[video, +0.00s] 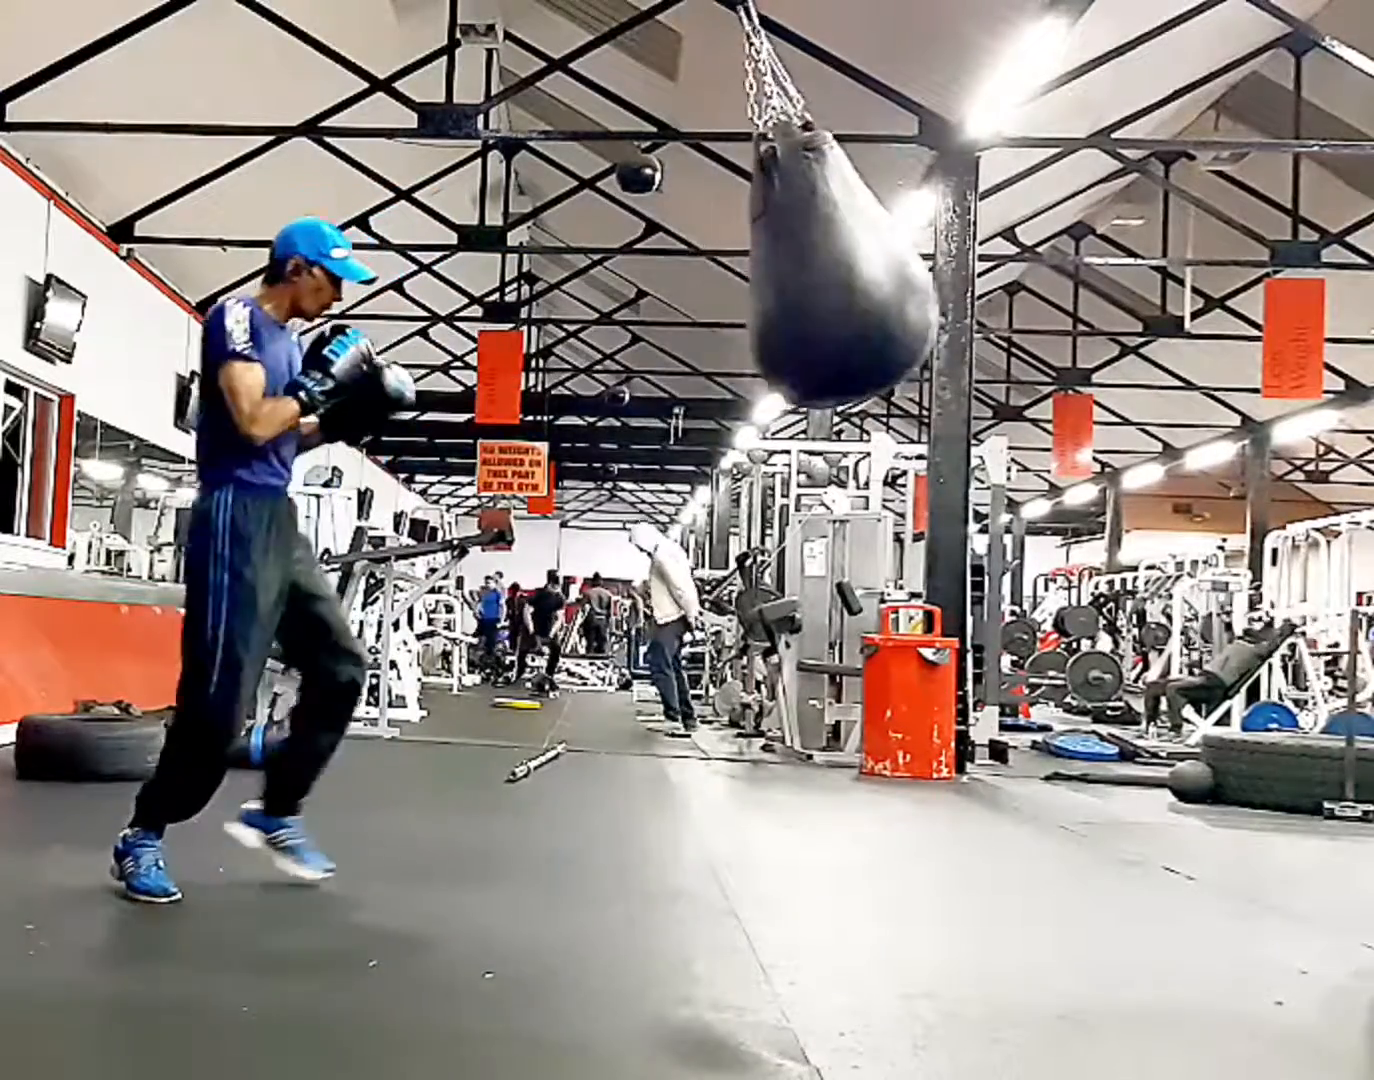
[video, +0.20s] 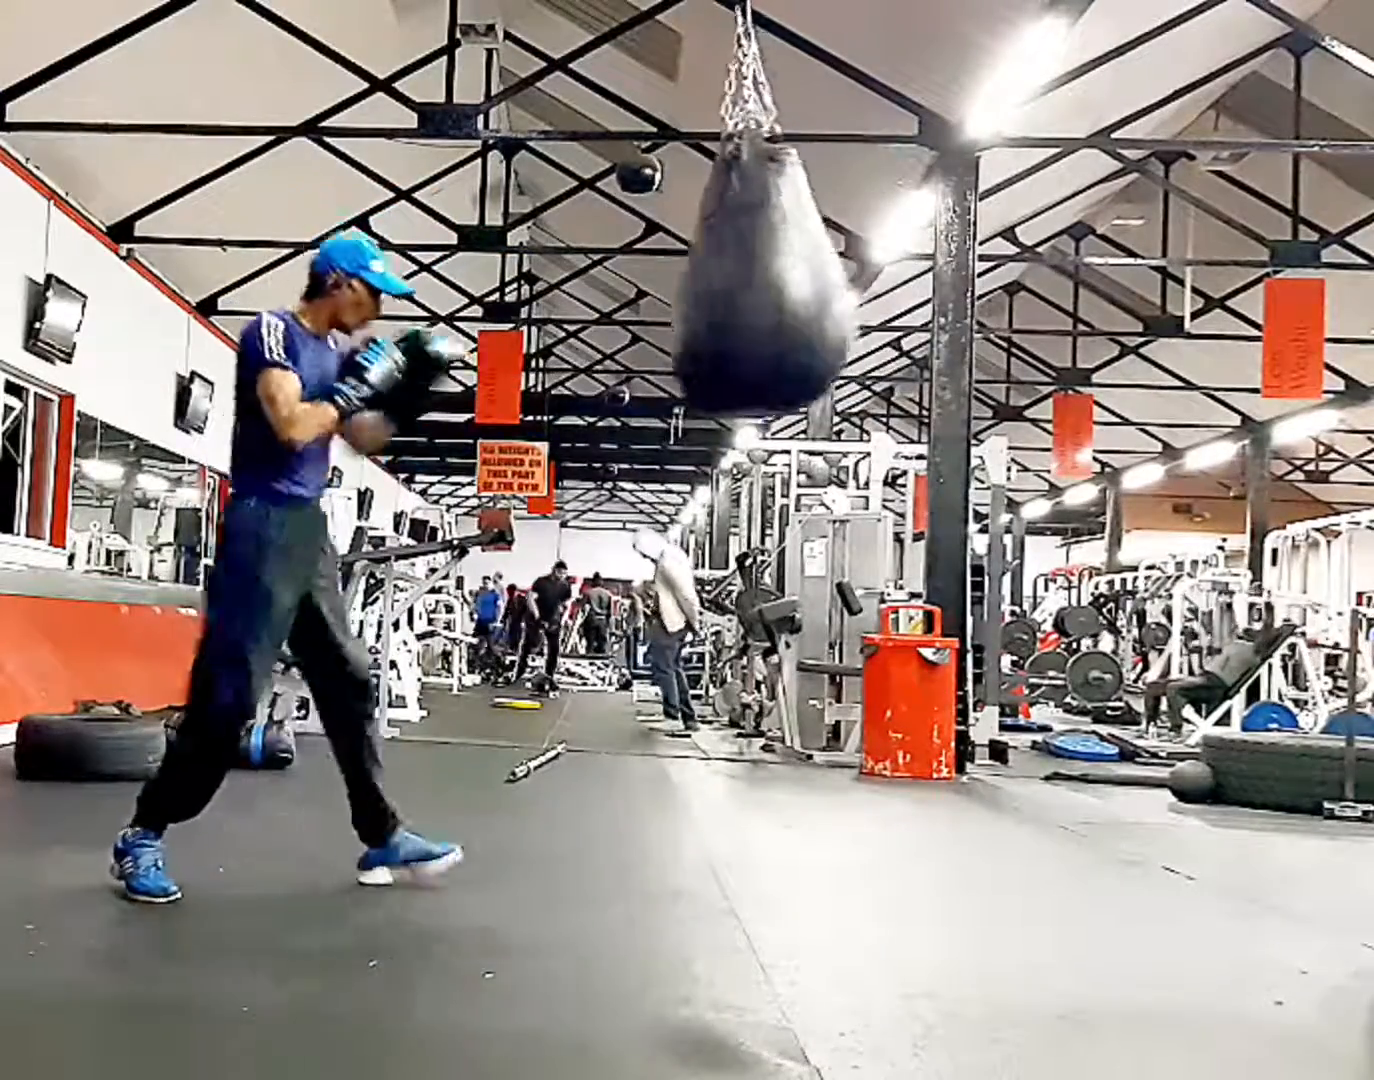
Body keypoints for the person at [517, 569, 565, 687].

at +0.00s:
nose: (554, 587)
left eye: (556, 584)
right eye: (552, 583)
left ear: (559, 585)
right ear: (548, 583)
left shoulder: (559, 598)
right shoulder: (538, 594)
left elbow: (559, 618)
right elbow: (527, 610)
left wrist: (551, 633)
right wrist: (530, 629)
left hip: (549, 633)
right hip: (533, 631)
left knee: (556, 649)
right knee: (522, 651)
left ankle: (549, 675)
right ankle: (518, 675)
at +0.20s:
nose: (560, 575)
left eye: (563, 572)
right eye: (558, 571)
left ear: (566, 573)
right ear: (553, 570)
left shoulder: (565, 587)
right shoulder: (541, 582)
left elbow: (565, 605)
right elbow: (530, 598)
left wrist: (560, 620)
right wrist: (537, 617)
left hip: (553, 621)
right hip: (537, 619)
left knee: (554, 650)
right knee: (527, 647)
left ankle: (549, 676)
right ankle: (518, 674)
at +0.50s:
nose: (566, 564)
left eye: (568, 562)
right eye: (563, 561)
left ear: (570, 563)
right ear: (558, 561)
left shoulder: (570, 580)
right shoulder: (547, 575)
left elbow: (572, 598)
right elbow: (537, 591)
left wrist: (578, 612)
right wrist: (544, 608)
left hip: (559, 613)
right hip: (545, 611)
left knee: (555, 646)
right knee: (542, 643)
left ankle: (550, 674)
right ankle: (534, 671)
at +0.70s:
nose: (567, 563)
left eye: (569, 561)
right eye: (565, 560)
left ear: (570, 562)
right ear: (559, 560)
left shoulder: (572, 579)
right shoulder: (548, 575)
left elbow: (576, 596)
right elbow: (539, 592)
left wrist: (578, 610)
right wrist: (547, 608)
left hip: (565, 613)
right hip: (551, 613)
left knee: (561, 642)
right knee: (553, 643)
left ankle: (553, 671)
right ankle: (552, 676)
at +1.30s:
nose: (571, 563)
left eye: (573, 560)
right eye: (569, 560)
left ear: (575, 561)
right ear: (565, 561)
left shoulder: (580, 576)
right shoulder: (557, 577)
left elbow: (584, 592)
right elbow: (554, 596)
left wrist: (589, 607)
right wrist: (562, 610)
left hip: (578, 613)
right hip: (563, 613)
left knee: (582, 646)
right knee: (562, 647)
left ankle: (571, 674)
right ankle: (563, 677)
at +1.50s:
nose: (577, 565)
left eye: (579, 562)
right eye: (575, 562)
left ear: (582, 562)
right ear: (570, 562)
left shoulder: (586, 577)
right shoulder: (562, 577)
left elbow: (591, 594)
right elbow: (557, 597)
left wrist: (594, 608)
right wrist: (565, 613)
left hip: (583, 615)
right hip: (568, 615)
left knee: (587, 648)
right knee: (565, 649)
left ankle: (590, 679)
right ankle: (563, 680)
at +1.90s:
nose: (597, 565)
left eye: (600, 563)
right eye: (595, 562)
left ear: (603, 563)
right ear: (591, 562)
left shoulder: (605, 579)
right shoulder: (581, 576)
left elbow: (610, 597)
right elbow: (571, 592)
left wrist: (610, 613)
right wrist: (576, 610)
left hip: (599, 617)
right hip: (584, 616)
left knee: (598, 653)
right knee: (578, 650)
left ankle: (599, 684)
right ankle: (567, 681)